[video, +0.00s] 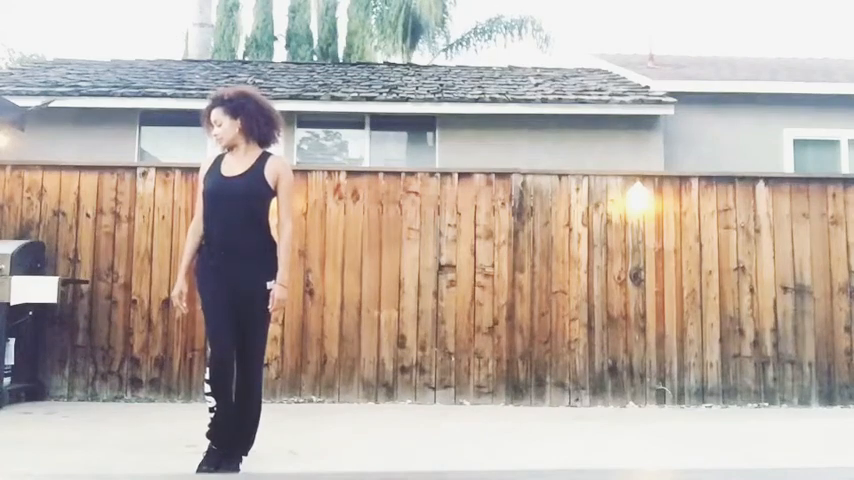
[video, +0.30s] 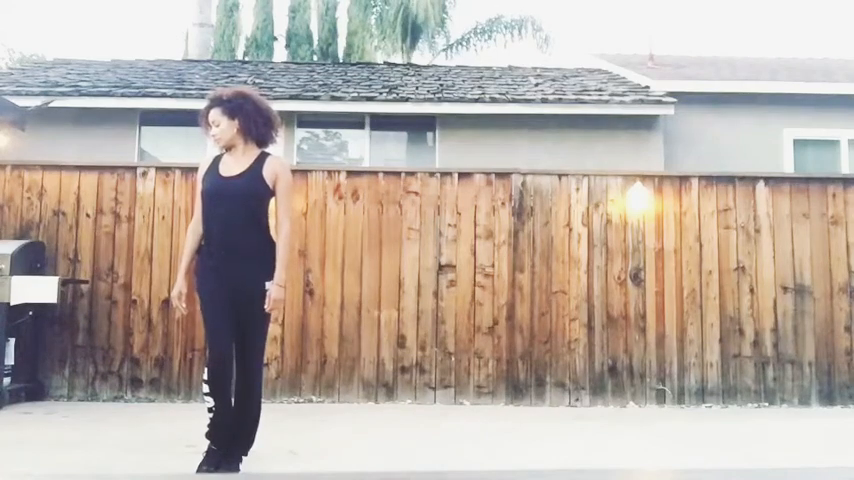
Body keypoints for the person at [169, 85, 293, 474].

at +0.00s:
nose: (213, 131)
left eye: (218, 123)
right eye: (211, 125)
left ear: (243, 120)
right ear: (217, 127)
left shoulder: (275, 164)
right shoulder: (212, 164)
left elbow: (286, 225)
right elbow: (199, 223)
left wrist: (282, 279)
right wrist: (181, 275)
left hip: (255, 272)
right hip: (213, 270)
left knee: (249, 360)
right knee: (221, 354)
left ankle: (238, 448)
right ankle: (220, 443)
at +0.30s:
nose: (211, 131)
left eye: (217, 123)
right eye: (209, 125)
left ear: (241, 121)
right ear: (215, 127)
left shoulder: (273, 164)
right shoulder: (210, 165)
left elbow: (284, 226)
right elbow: (198, 224)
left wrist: (278, 279)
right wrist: (181, 275)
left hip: (254, 274)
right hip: (212, 272)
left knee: (248, 361)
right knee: (219, 355)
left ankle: (238, 449)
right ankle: (219, 444)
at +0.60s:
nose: (210, 131)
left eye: (216, 123)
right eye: (208, 125)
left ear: (240, 121)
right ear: (214, 127)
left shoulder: (272, 164)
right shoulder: (210, 166)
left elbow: (284, 227)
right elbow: (198, 224)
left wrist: (276, 280)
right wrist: (184, 276)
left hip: (253, 272)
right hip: (211, 271)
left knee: (248, 361)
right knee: (218, 355)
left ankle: (238, 448)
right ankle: (219, 444)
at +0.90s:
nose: (209, 131)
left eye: (214, 123)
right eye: (207, 125)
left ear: (238, 120)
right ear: (214, 127)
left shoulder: (271, 164)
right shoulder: (209, 165)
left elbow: (283, 227)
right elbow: (197, 224)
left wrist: (275, 280)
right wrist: (183, 276)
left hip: (253, 271)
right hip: (210, 269)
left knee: (248, 360)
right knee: (217, 355)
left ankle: (238, 448)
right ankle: (218, 445)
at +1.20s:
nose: (209, 130)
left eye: (214, 122)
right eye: (206, 124)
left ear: (238, 119)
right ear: (210, 126)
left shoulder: (271, 163)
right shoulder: (209, 165)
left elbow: (283, 224)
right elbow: (195, 226)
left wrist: (273, 273)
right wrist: (184, 279)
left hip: (252, 273)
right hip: (210, 271)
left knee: (248, 362)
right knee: (217, 356)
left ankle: (237, 449)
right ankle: (218, 444)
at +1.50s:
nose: (209, 130)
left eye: (215, 122)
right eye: (207, 124)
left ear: (238, 120)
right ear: (217, 125)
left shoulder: (272, 163)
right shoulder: (210, 165)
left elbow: (294, 217)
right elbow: (188, 220)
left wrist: (303, 264)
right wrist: (157, 257)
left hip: (255, 273)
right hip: (212, 270)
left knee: (248, 360)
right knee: (217, 355)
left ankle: (237, 449)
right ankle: (218, 445)